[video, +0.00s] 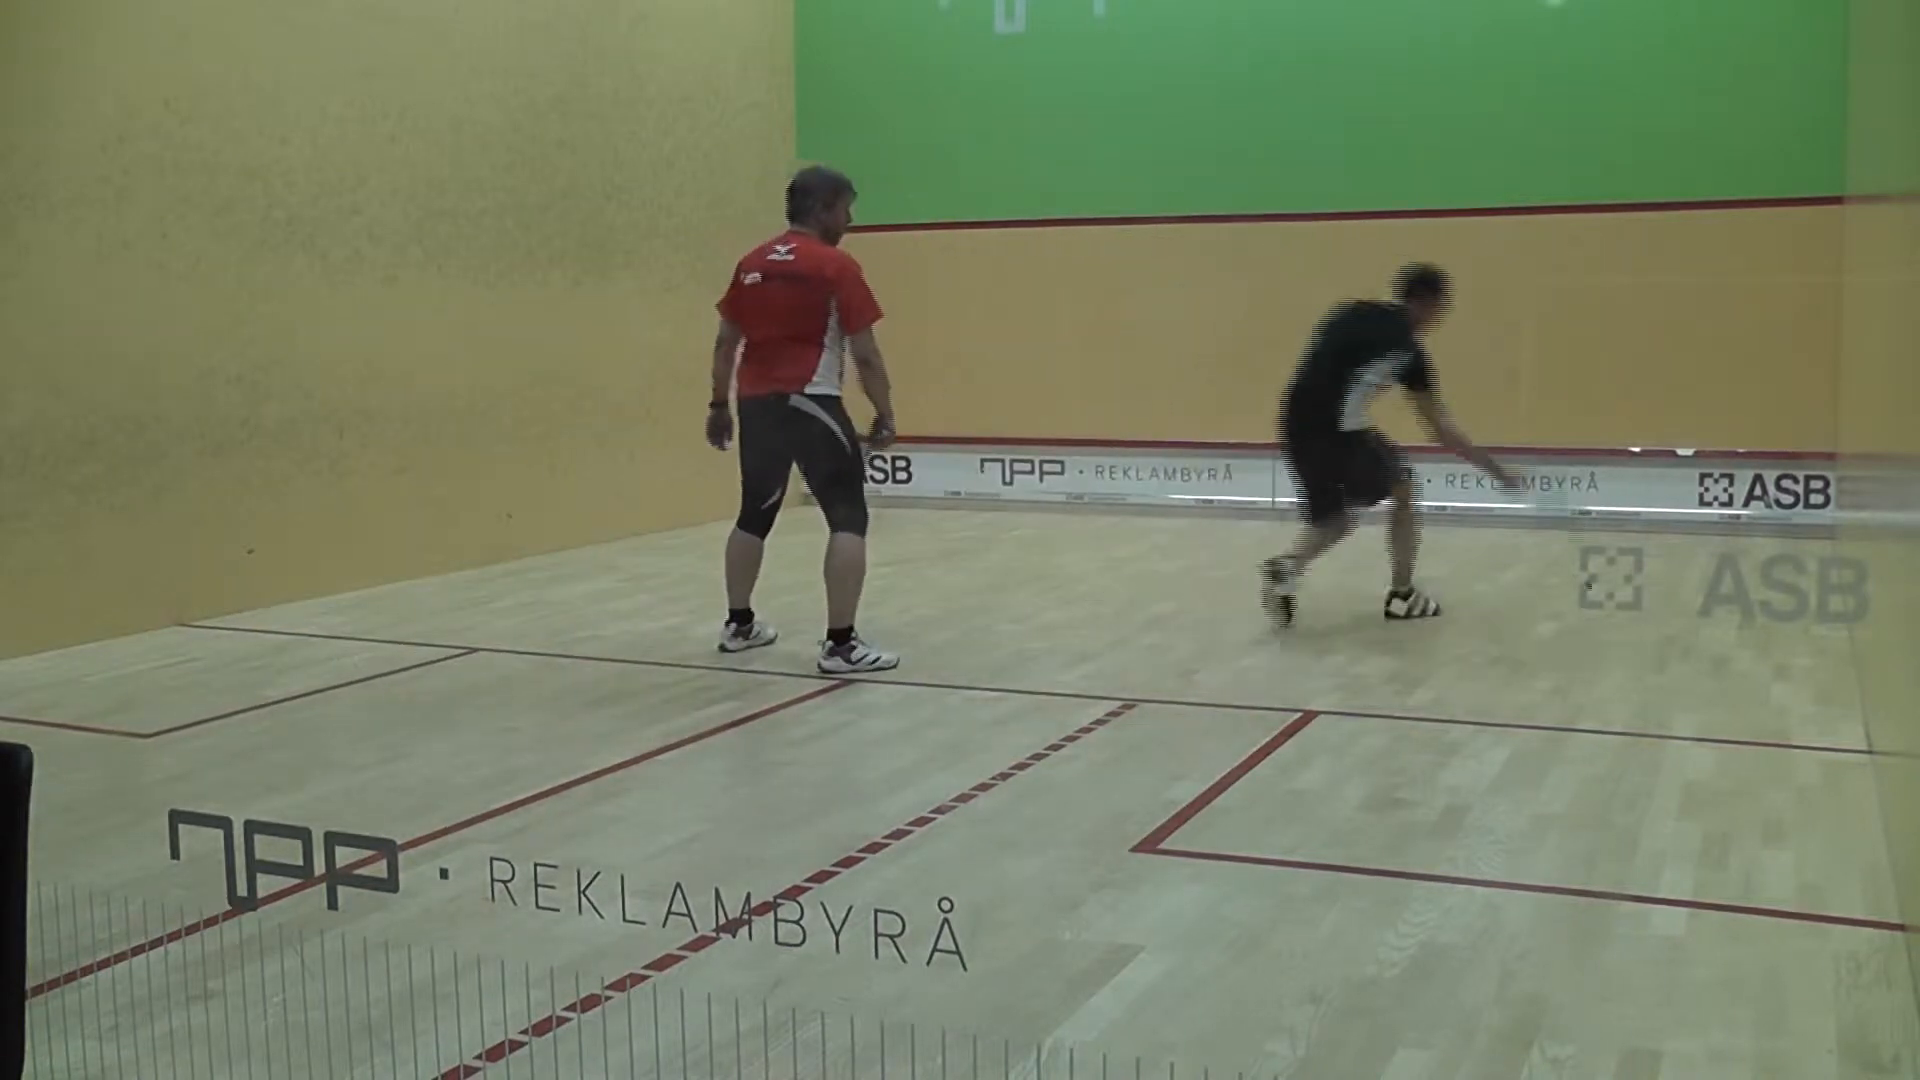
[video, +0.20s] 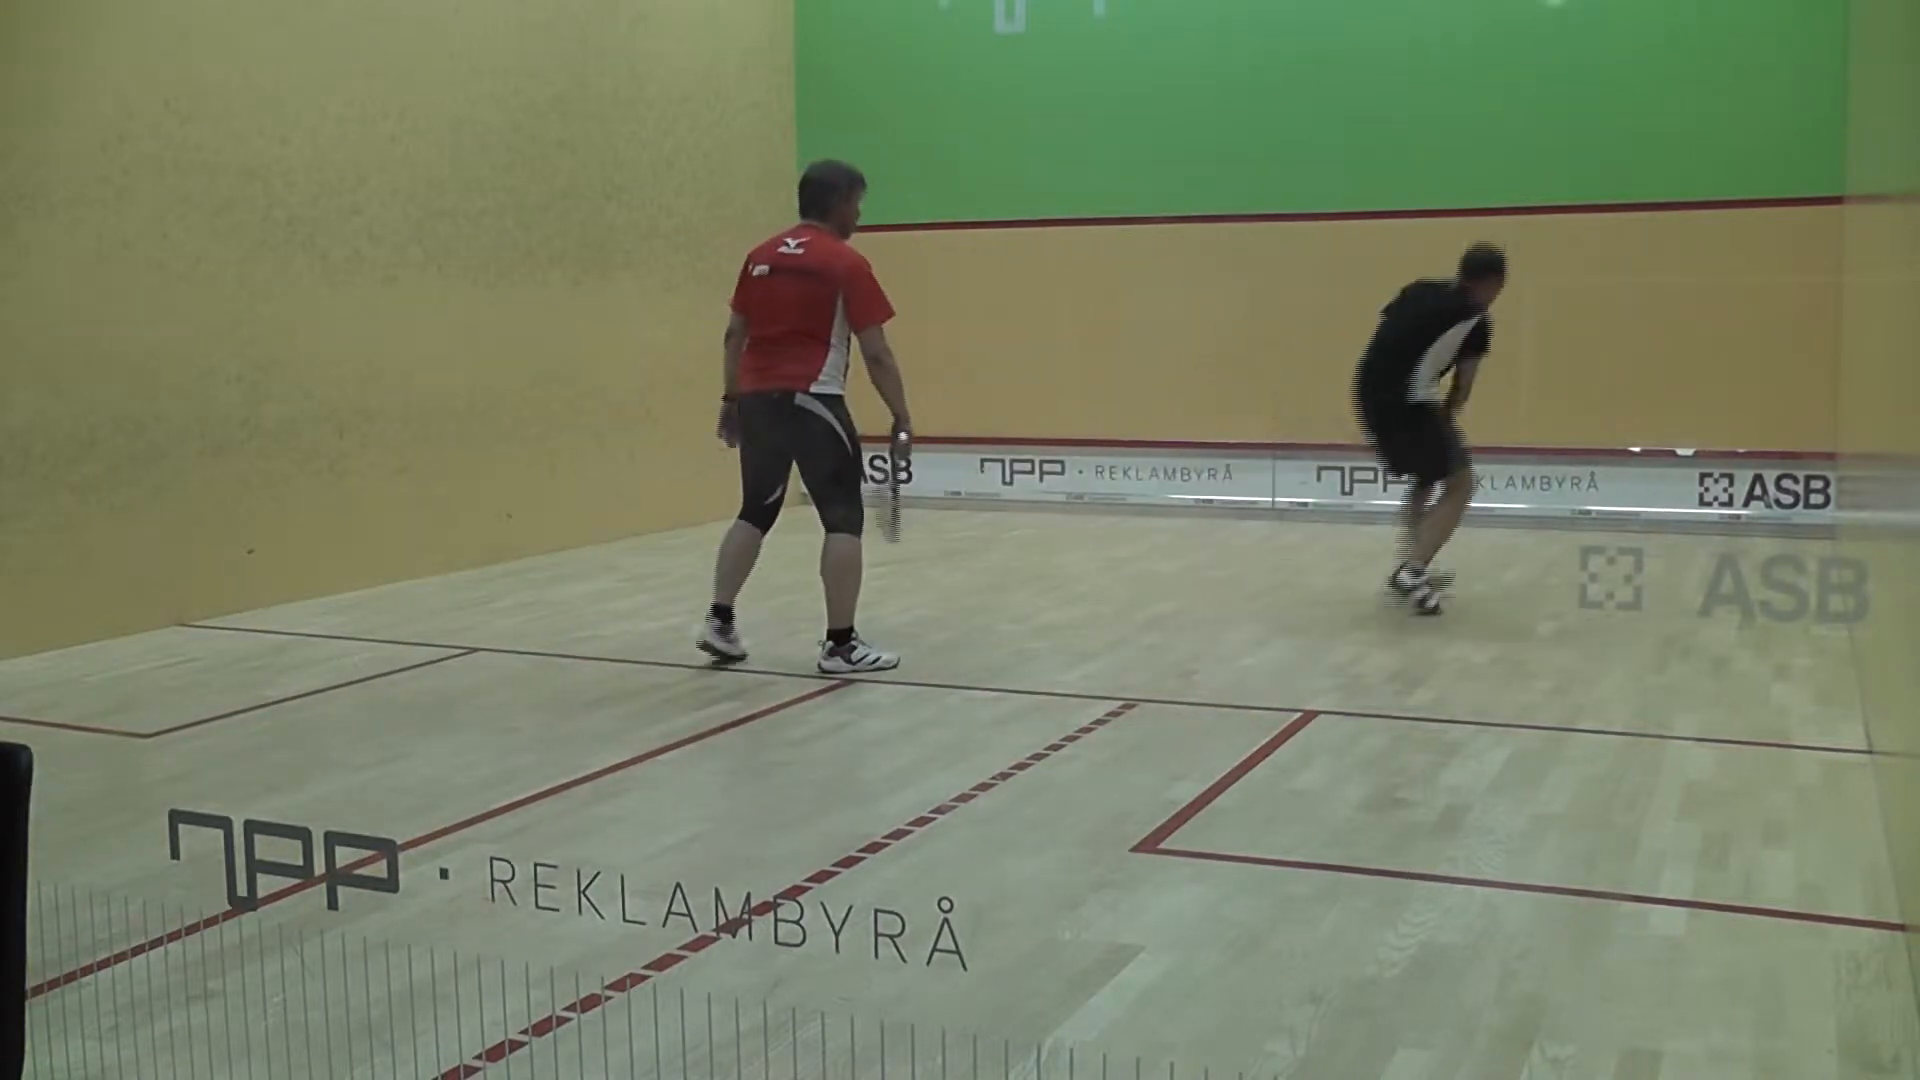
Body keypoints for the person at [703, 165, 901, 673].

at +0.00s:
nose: (850, 221)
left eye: (850, 211)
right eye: (847, 211)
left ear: (798, 208)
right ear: (825, 209)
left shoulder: (755, 260)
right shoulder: (836, 266)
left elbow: (726, 338)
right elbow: (865, 353)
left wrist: (719, 402)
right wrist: (884, 412)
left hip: (755, 406)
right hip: (813, 406)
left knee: (754, 512)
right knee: (848, 517)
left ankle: (738, 625)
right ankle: (841, 643)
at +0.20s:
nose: (860, 212)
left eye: (860, 202)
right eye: (858, 202)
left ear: (807, 203)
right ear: (842, 205)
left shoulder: (763, 253)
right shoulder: (846, 264)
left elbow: (735, 334)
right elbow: (876, 354)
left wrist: (730, 397)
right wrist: (902, 419)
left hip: (754, 402)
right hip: (814, 404)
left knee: (756, 510)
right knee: (843, 520)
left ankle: (719, 621)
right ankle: (841, 644)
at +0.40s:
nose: (840, 212)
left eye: (839, 202)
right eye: (837, 202)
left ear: (787, 204)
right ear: (823, 206)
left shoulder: (752, 256)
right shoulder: (822, 263)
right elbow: (843, 352)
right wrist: (876, 424)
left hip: (740, 408)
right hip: (797, 408)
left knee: (741, 520)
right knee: (841, 517)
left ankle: (699, 638)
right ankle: (842, 644)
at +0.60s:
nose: (817, 221)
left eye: (815, 213)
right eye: (815, 213)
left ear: (762, 218)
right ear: (807, 217)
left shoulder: (730, 262)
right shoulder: (812, 269)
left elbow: (686, 337)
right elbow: (860, 348)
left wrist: (735, 365)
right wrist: (858, 407)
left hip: (707, 406)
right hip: (764, 408)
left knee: (718, 521)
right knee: (827, 509)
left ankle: (692, 649)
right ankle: (815, 647)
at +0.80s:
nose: (798, 222)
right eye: (798, 215)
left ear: (748, 215)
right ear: (799, 219)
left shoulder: (713, 253)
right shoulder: (817, 270)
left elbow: (675, 295)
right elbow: (868, 326)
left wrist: (689, 346)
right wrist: (881, 352)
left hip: (704, 400)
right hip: (768, 403)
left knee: (690, 523)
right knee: (773, 534)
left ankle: (676, 649)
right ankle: (780, 661)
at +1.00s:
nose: (769, 216)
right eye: (771, 209)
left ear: (721, 209)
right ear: (769, 214)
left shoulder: (691, 243)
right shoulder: (783, 273)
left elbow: (664, 289)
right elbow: (825, 350)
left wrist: (650, 359)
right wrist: (862, 386)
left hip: (699, 403)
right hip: (766, 403)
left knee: (679, 533)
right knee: (770, 533)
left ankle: (665, 664)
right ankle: (781, 660)